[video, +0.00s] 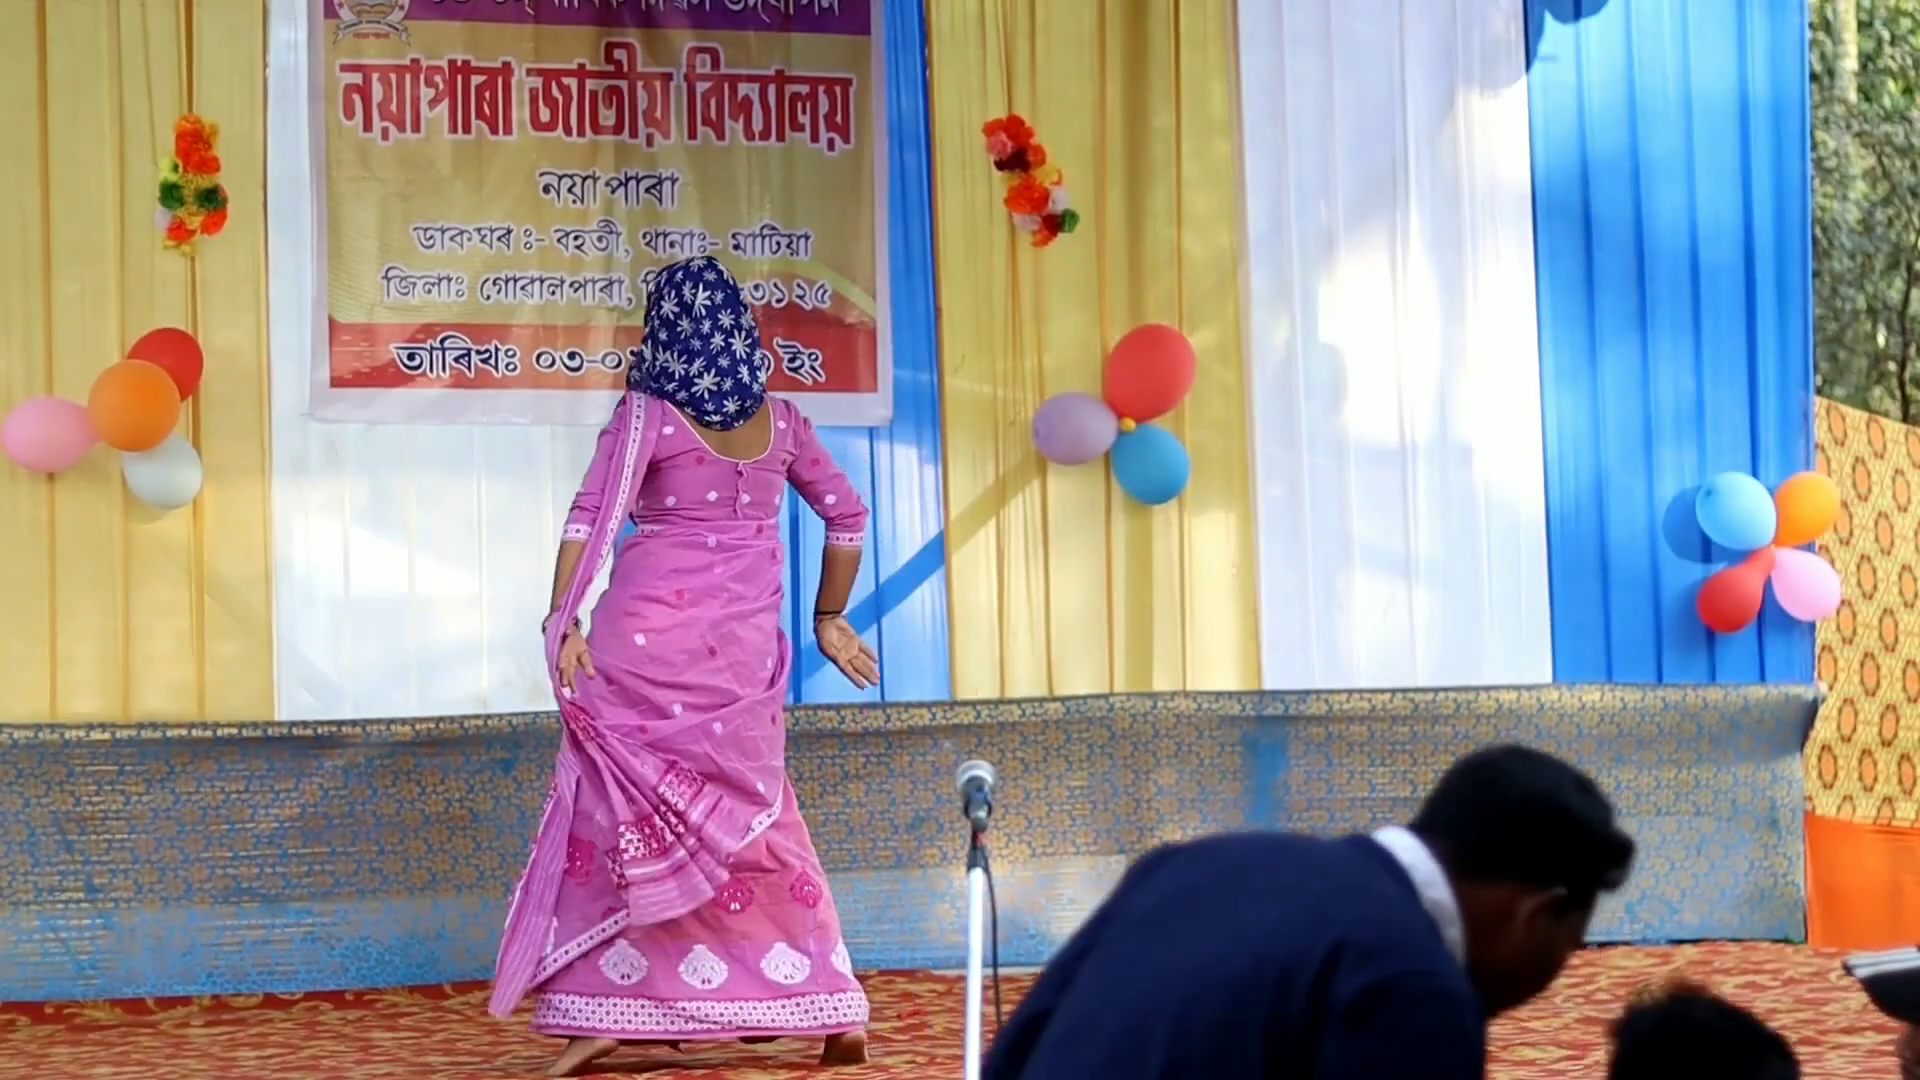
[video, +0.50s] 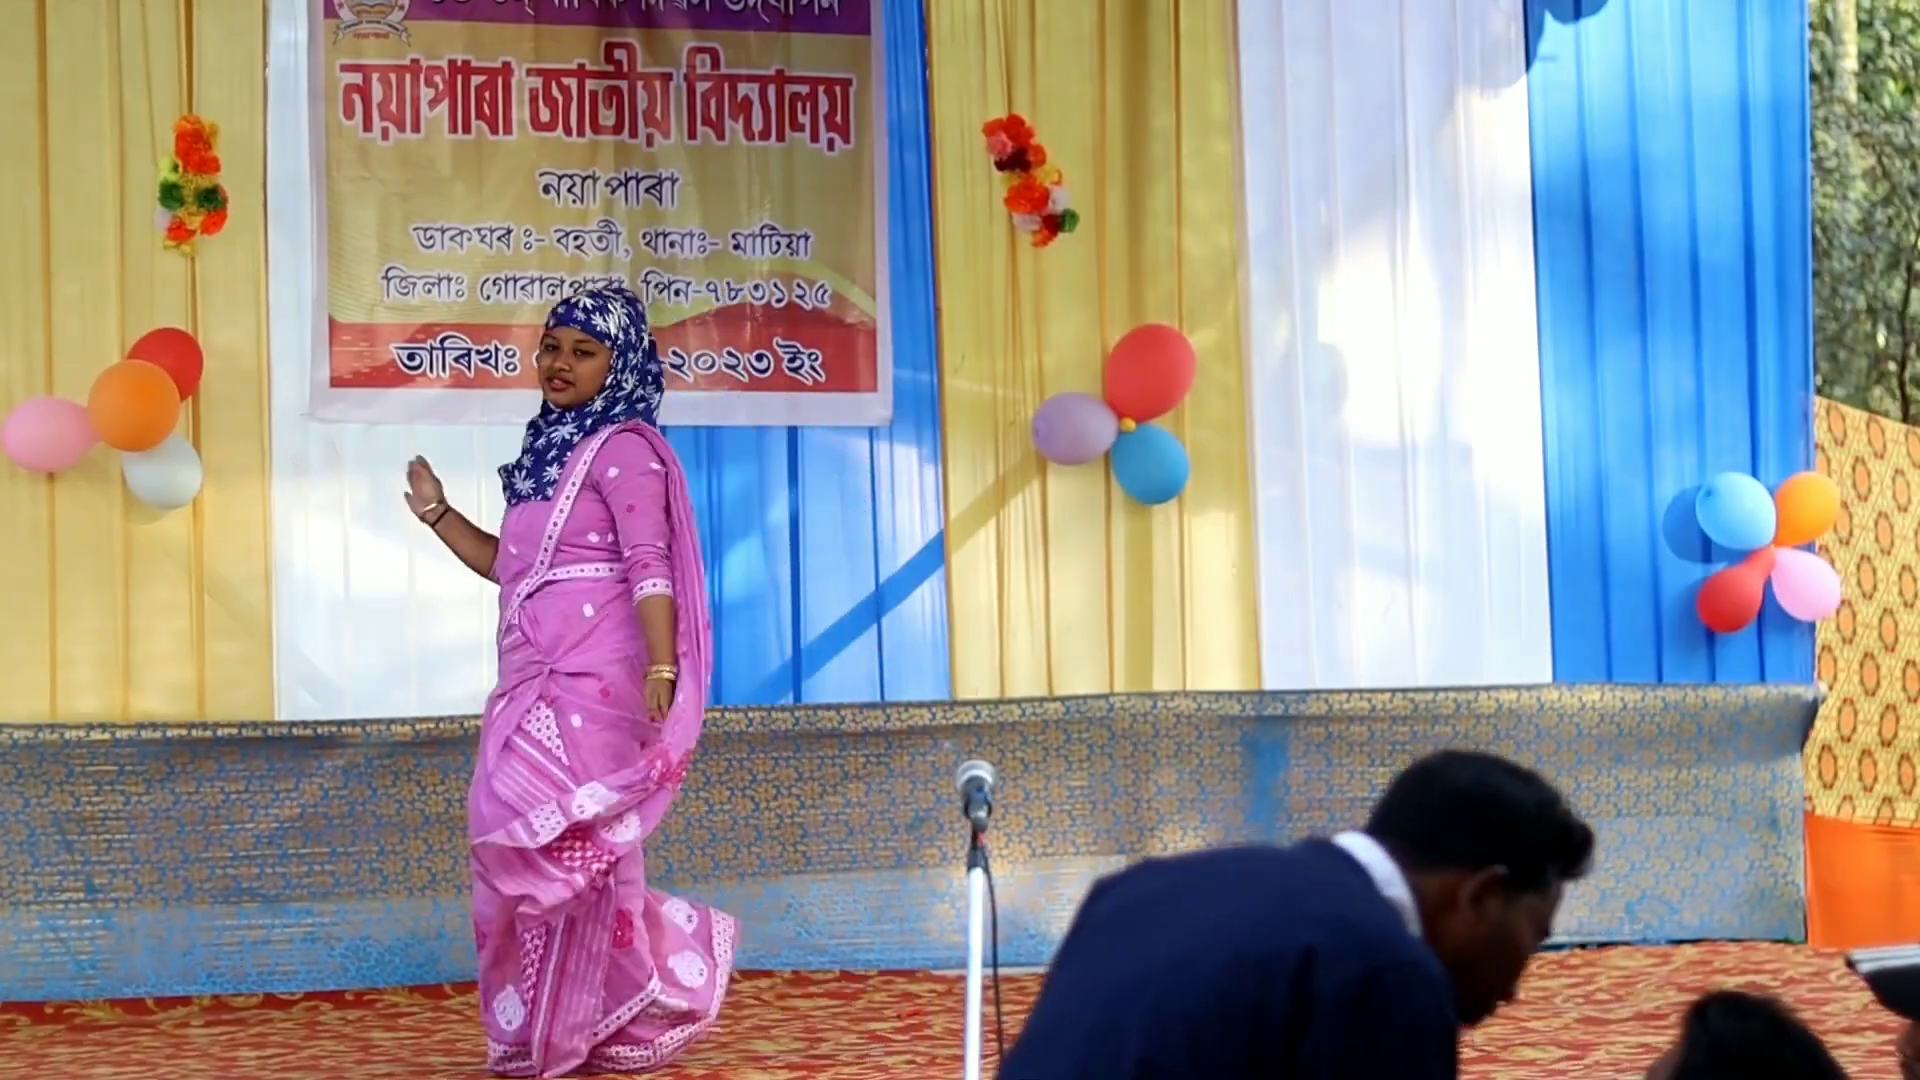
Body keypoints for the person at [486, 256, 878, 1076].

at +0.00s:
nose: (645, 340)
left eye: (651, 326)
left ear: (663, 334)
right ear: (741, 330)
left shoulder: (646, 412)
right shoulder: (779, 418)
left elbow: (593, 520)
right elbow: (847, 514)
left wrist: (564, 619)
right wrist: (831, 615)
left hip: (649, 631)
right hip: (748, 637)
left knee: (623, 804)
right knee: (768, 809)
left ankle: (610, 1007)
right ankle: (838, 1003)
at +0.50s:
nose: (559, 365)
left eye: (581, 353)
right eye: (551, 350)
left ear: (621, 367)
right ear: (540, 356)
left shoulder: (626, 450)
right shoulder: (544, 453)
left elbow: (650, 569)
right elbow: (508, 565)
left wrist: (662, 669)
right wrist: (442, 515)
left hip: (595, 669)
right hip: (530, 670)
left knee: (566, 836)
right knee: (519, 835)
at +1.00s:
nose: (594, 337)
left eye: (606, 319)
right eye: (572, 324)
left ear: (623, 321)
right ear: (539, 335)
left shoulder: (629, 421)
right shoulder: (522, 416)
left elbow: (686, 518)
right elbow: (444, 507)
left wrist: (756, 556)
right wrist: (413, 602)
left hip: (599, 661)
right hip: (514, 662)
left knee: (604, 836)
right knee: (530, 839)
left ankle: (605, 1019)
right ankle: (494, 1036)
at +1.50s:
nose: (608, 324)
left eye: (616, 310)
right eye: (587, 309)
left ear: (626, 323)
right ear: (540, 321)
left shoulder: (646, 403)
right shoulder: (501, 414)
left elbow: (721, 441)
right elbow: (506, 462)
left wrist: (801, 453)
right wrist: (588, 407)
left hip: (656, 647)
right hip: (549, 657)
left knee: (706, 822)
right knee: (562, 848)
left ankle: (763, 1027)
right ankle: (588, 1049)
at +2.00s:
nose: (650, 337)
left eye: (648, 324)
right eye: (629, 326)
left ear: (644, 336)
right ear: (573, 344)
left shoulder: (668, 417)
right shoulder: (539, 438)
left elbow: (768, 459)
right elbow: (615, 467)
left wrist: (803, 414)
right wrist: (709, 413)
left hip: (737, 624)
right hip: (639, 654)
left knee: (842, 755)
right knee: (644, 843)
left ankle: (890, 949)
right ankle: (637, 1032)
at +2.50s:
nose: (668, 352)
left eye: (659, 344)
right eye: (645, 349)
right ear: (605, 385)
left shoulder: (719, 447)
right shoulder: (585, 482)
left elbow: (837, 443)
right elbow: (565, 556)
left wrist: (917, 381)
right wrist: (626, 464)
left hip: (732, 685)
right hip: (625, 695)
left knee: (809, 817)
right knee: (624, 862)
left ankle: (808, 1032)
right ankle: (632, 1041)